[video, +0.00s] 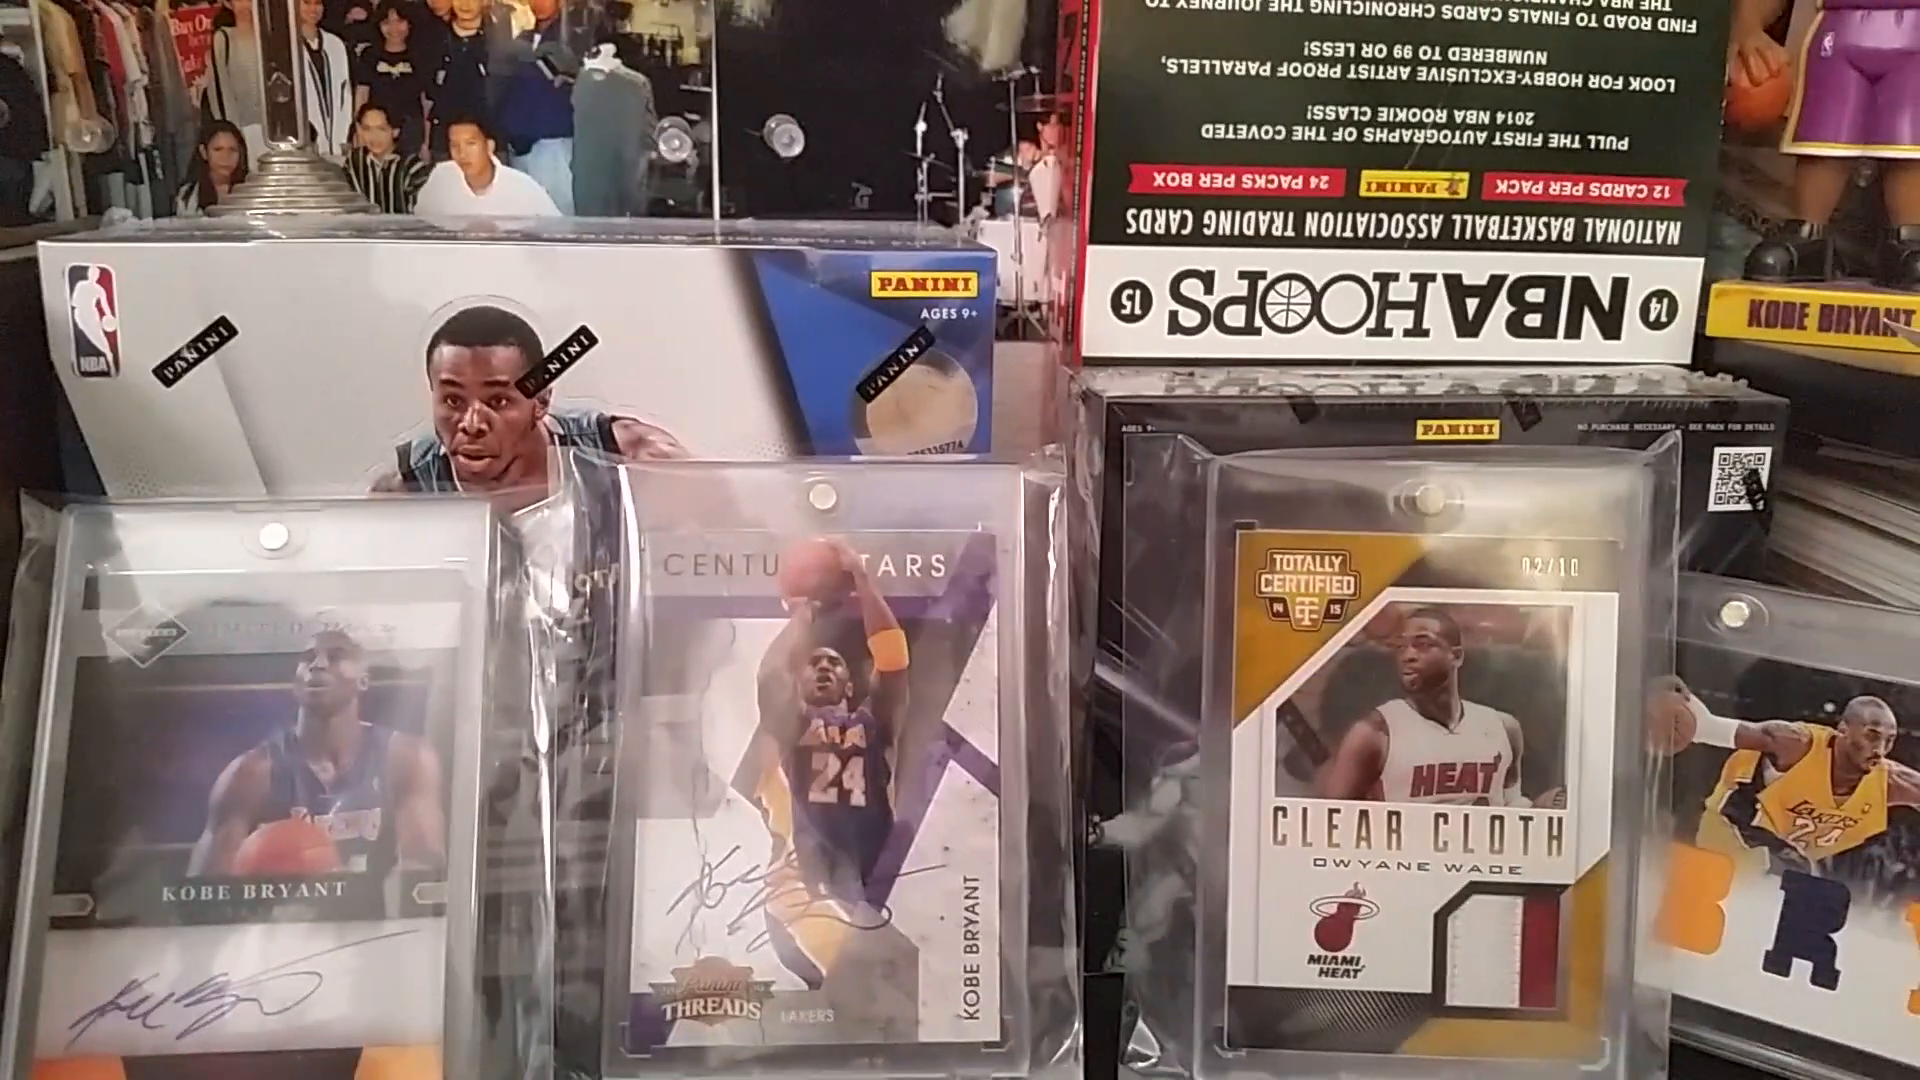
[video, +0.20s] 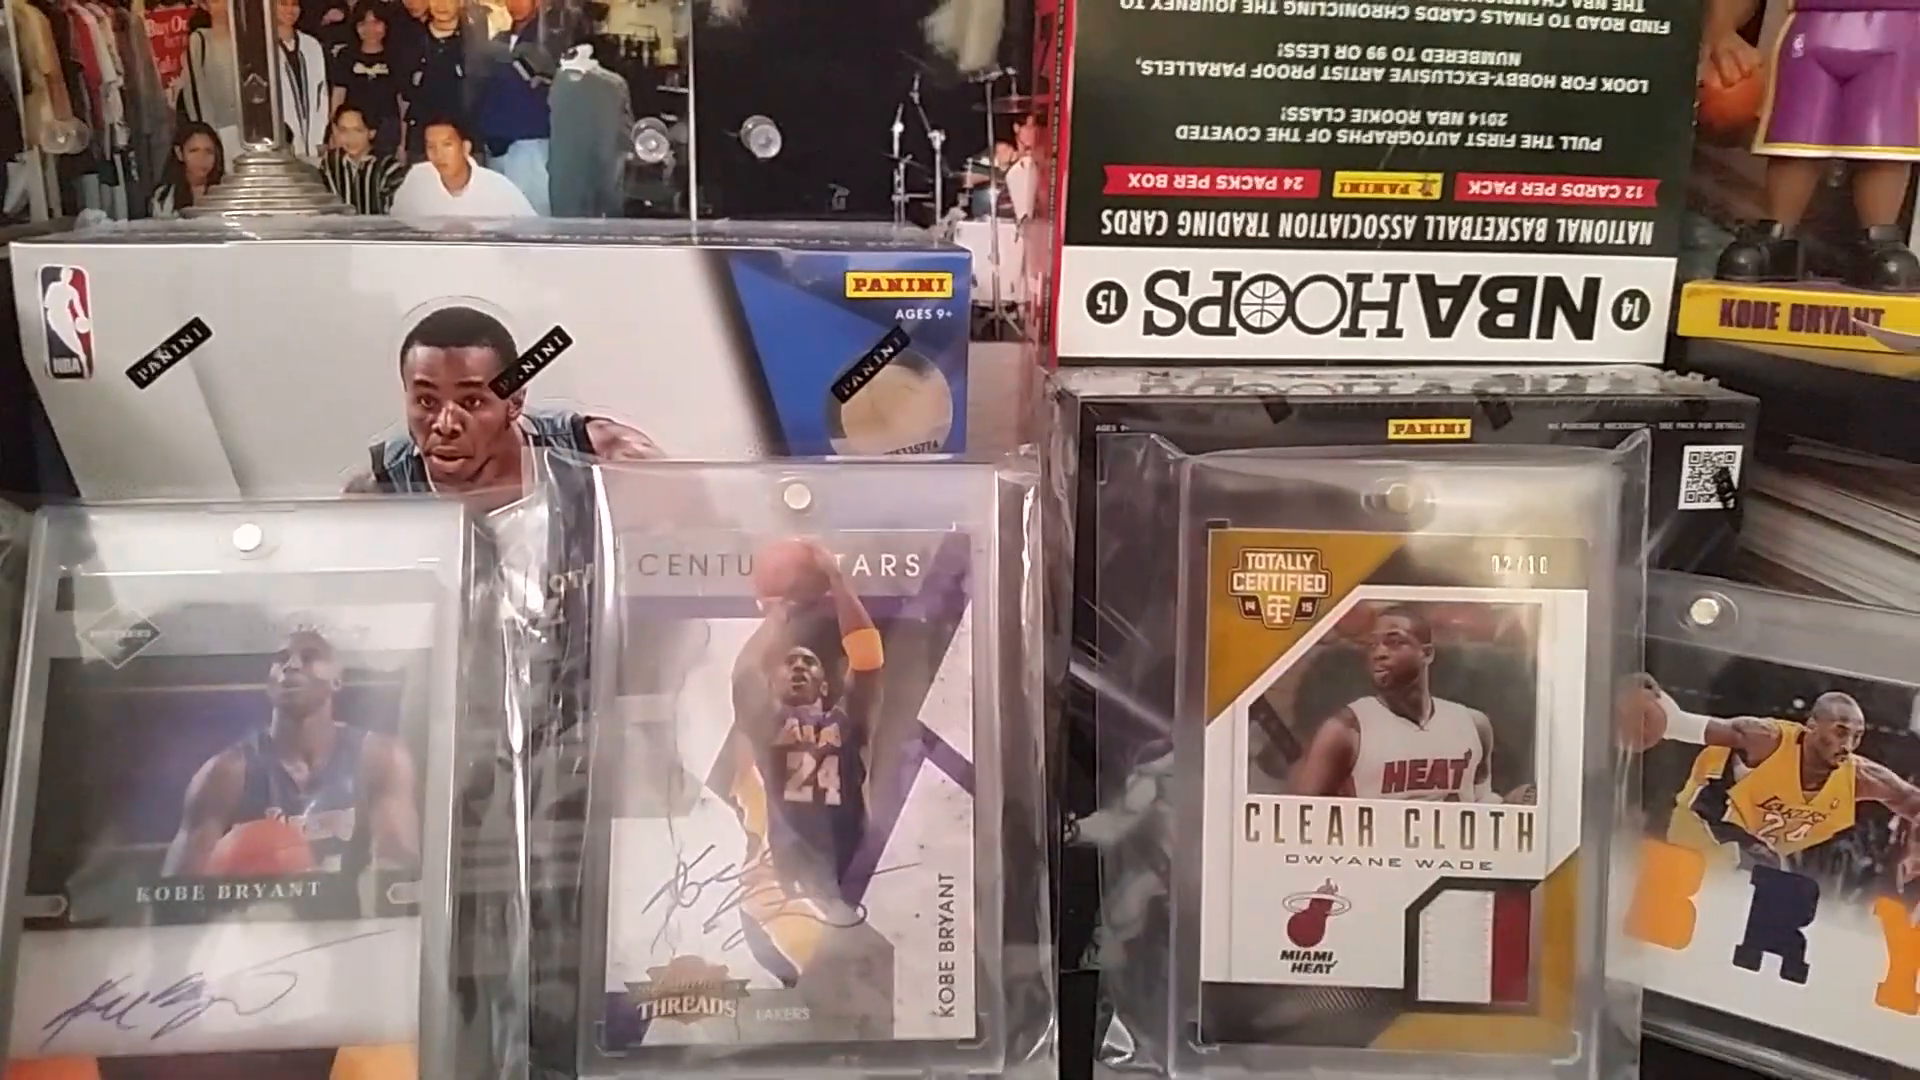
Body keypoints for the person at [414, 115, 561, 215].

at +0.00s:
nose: (462, 154)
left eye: (471, 144)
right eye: (455, 146)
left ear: (490, 147)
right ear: (449, 150)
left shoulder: (522, 186)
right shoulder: (442, 177)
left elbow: (559, 233)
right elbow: (418, 226)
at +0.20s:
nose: (439, 155)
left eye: (447, 145)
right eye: (431, 147)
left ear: (466, 148)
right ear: (426, 152)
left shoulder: (497, 186)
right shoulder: (417, 178)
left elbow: (534, 231)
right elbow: (394, 227)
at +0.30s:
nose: (441, 156)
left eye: (449, 146)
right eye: (433, 148)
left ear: (467, 148)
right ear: (428, 153)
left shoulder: (499, 187)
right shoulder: (420, 178)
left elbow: (536, 232)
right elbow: (396, 227)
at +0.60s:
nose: (461, 154)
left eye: (470, 144)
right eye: (453, 146)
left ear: (488, 146)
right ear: (448, 150)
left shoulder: (519, 184)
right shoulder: (441, 176)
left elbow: (556, 229)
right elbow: (418, 224)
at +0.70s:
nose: (472, 154)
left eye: (481, 143)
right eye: (465, 146)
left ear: (499, 146)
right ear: (459, 151)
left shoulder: (529, 184)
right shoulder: (451, 176)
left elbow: (566, 228)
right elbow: (428, 224)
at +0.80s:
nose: (479, 154)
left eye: (488, 144)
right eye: (471, 146)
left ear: (506, 146)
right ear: (466, 150)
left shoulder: (536, 184)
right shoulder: (458, 176)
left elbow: (573, 229)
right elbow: (434, 223)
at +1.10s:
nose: (494, 154)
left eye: (502, 145)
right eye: (486, 146)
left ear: (520, 147)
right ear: (481, 150)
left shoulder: (551, 185)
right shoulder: (473, 176)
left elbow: (587, 230)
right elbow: (449, 224)